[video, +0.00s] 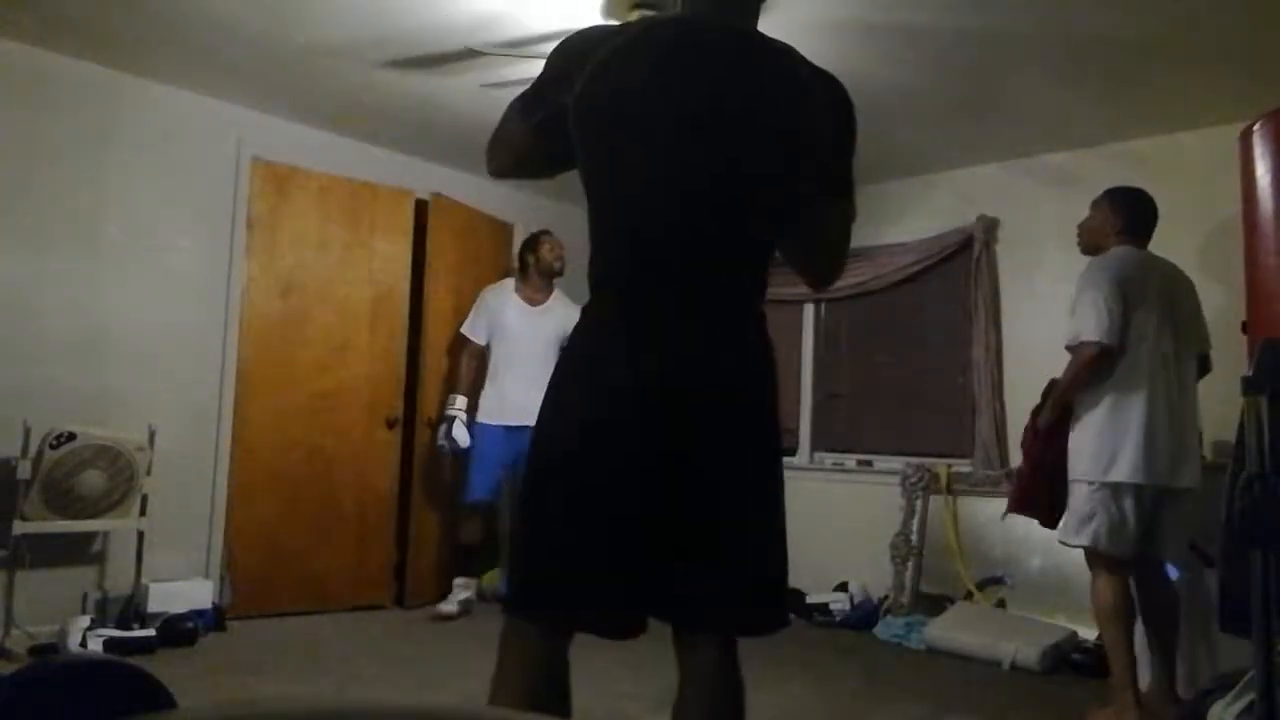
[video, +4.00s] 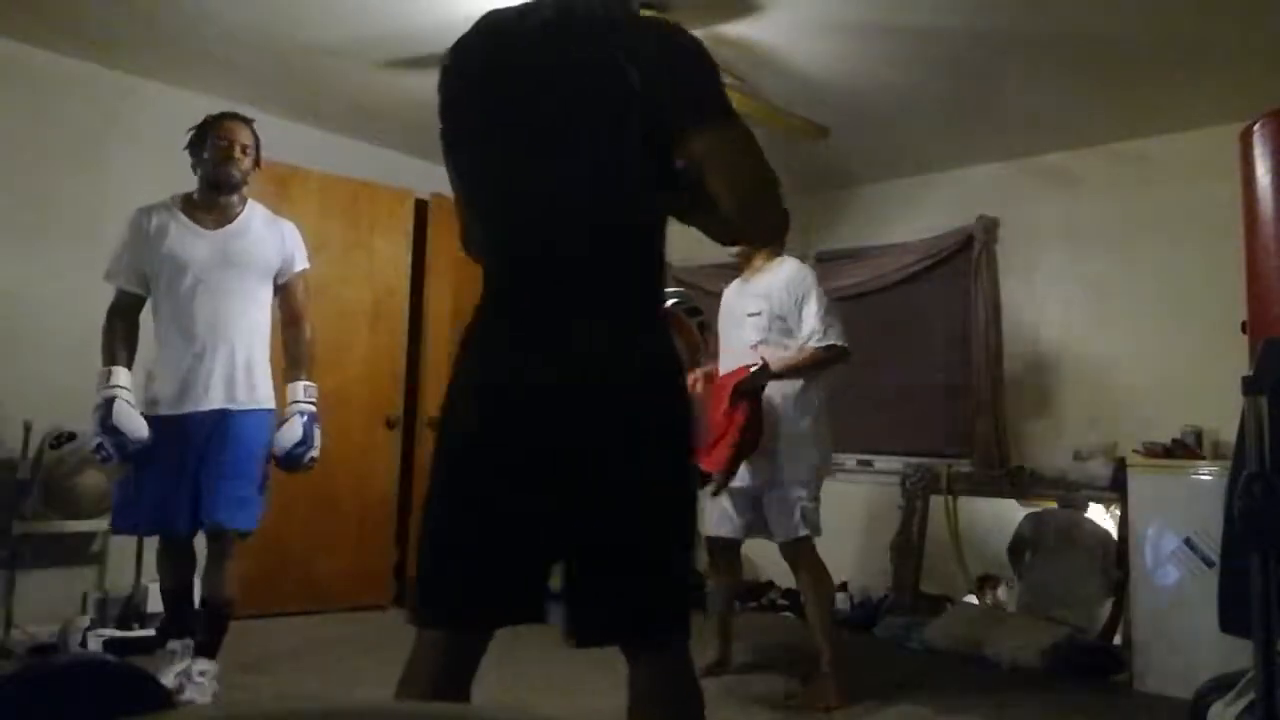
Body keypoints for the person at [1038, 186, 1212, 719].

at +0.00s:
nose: (1081, 225)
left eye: (1090, 215)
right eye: (1086, 214)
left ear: (1114, 222)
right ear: (1140, 227)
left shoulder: (1104, 271)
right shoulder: (1178, 279)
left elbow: (1096, 348)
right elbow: (1201, 360)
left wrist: (1057, 397)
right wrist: (1149, 392)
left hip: (1112, 453)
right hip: (1170, 454)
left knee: (1106, 565)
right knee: (1150, 566)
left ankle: (1123, 697)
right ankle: (1167, 690)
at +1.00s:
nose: (1007, 221)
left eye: (1018, 212)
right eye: (1011, 213)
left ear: (1048, 225)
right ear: (1049, 227)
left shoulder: (1056, 269)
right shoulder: (1039, 272)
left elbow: (1067, 350)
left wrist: (1014, 411)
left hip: (1055, 448)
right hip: (1033, 445)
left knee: (1049, 559)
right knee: (1009, 547)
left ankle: (1084, 691)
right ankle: (1058, 656)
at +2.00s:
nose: (908, 215)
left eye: (920, 208)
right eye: (907, 208)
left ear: (946, 221)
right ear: (908, 223)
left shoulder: (969, 267)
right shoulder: (902, 282)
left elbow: (1010, 336)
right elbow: (911, 351)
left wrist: (950, 358)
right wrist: (885, 359)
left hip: (961, 432)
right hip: (910, 432)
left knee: (955, 538)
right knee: (896, 525)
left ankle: (994, 667)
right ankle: (930, 638)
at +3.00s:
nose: (794, 244)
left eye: (804, 236)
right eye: (795, 237)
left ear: (834, 242)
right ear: (810, 245)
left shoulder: (853, 280)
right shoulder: (811, 297)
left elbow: (875, 354)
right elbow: (811, 367)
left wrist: (807, 365)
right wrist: (772, 378)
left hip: (854, 448)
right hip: (814, 449)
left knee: (854, 548)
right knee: (792, 541)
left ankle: (897, 674)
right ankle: (796, 644)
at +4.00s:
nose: (733, 229)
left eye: (743, 219)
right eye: (733, 220)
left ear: (767, 226)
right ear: (741, 230)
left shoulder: (796, 275)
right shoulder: (732, 291)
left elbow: (833, 347)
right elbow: (738, 364)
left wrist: (771, 371)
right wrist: (711, 377)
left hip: (789, 443)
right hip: (738, 443)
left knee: (797, 549)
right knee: (720, 545)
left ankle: (829, 671)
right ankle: (722, 649)